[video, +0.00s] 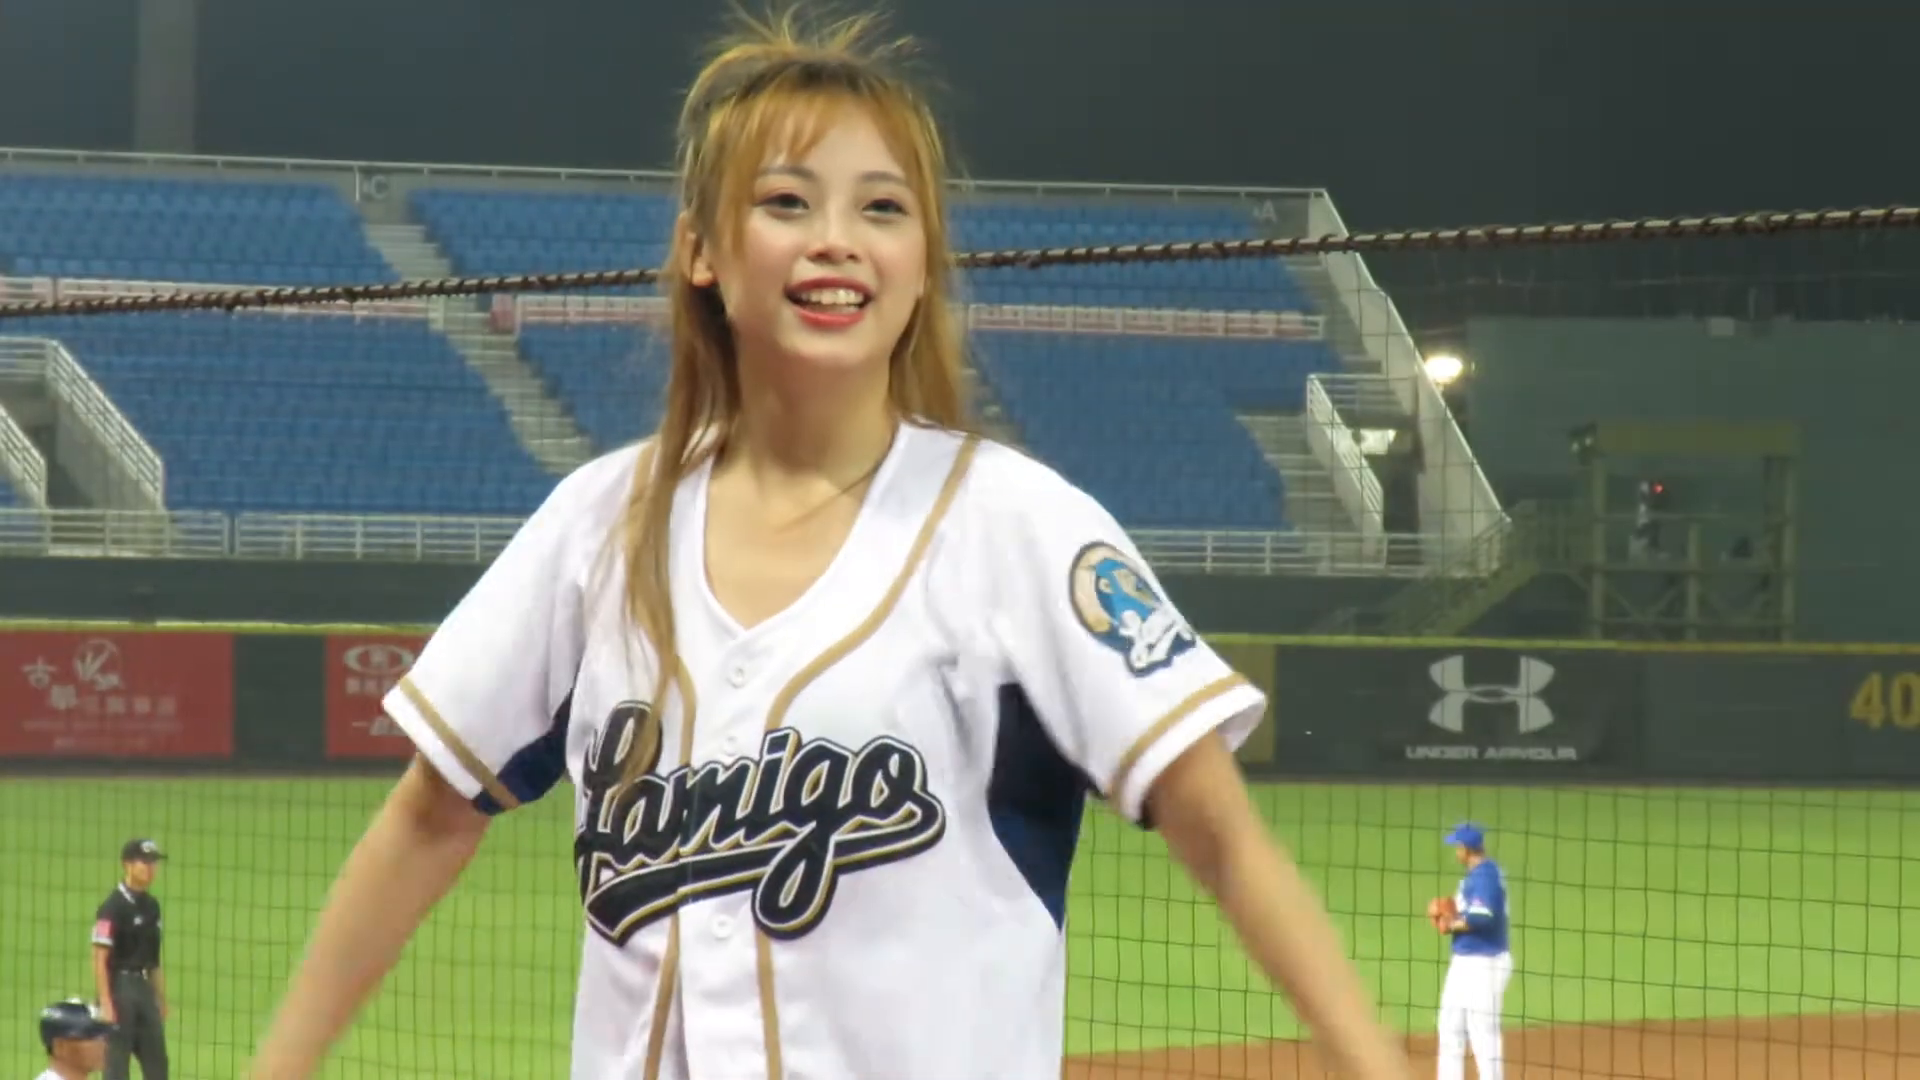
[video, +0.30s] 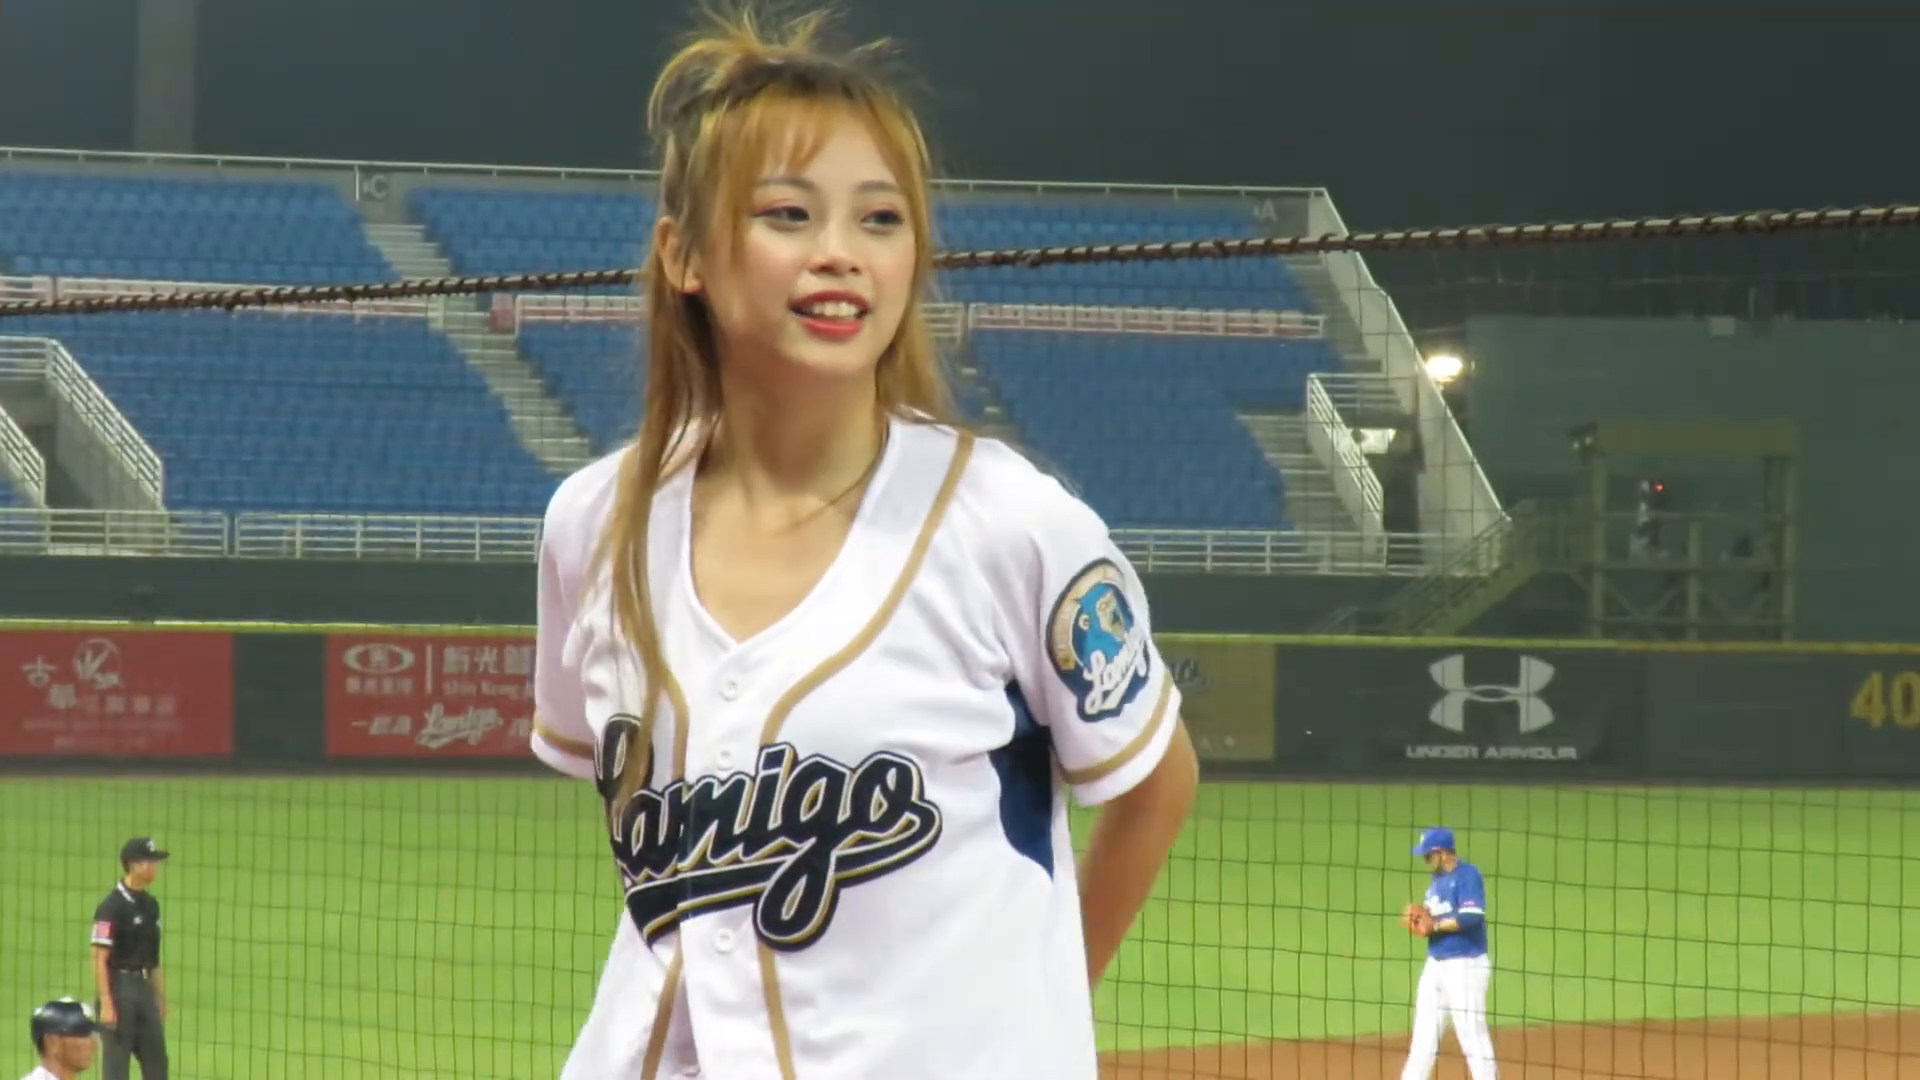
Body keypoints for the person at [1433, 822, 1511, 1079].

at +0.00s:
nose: (1456, 853)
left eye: (1458, 848)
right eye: (1456, 848)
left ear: (1469, 848)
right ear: (1472, 848)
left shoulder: (1485, 874)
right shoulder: (1471, 876)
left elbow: (1484, 916)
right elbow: (1466, 908)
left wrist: (1453, 924)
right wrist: (1447, 911)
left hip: (1487, 961)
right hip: (1464, 959)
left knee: (1483, 1029)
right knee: (1450, 1027)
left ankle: (1491, 1075)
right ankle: (1449, 1075)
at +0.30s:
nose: (1426, 861)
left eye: (1429, 855)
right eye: (1425, 856)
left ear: (1442, 852)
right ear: (1437, 853)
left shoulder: (1468, 874)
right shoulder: (1437, 880)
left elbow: (1473, 916)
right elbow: (1436, 914)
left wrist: (1434, 925)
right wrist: (1420, 919)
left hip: (1466, 964)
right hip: (1437, 964)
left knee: (1473, 1037)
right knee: (1424, 1038)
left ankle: (1486, 1075)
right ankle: (1413, 1076)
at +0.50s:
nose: (1409, 862)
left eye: (1412, 856)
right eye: (1406, 857)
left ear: (1426, 850)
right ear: (1404, 855)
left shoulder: (1450, 870)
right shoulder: (1406, 878)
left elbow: (1470, 909)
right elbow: (1398, 917)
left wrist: (1432, 931)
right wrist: (1399, 937)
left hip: (1451, 961)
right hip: (1419, 962)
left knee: (1453, 1034)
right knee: (1414, 1037)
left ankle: (1477, 1077)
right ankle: (1411, 1078)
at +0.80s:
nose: (1408, 867)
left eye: (1412, 861)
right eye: (1404, 862)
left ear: (1421, 854)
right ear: (1396, 857)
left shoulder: (1439, 871)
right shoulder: (1384, 877)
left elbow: (1458, 912)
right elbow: (1366, 914)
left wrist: (1454, 953)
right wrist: (1376, 955)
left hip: (1437, 959)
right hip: (1404, 962)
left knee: (1440, 1032)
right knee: (1406, 1033)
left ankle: (1441, 1076)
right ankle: (1407, 1076)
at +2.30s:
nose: (1436, 869)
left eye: (1439, 865)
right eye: (1433, 864)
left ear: (1442, 860)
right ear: (1419, 855)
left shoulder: (1443, 879)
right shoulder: (1394, 877)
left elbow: (1456, 916)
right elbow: (1377, 918)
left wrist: (1467, 943)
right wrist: (1410, 945)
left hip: (1441, 964)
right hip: (1405, 965)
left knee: (1454, 1036)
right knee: (1406, 1040)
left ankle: (1447, 1076)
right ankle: (1403, 1077)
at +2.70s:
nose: (1460, 863)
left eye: (1463, 858)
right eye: (1455, 857)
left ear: (1467, 856)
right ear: (1441, 852)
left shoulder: (1470, 882)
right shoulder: (1420, 877)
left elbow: (1480, 925)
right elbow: (1405, 917)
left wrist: (1469, 923)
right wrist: (1446, 923)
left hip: (1460, 967)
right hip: (1425, 966)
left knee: (1464, 1044)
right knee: (1421, 1043)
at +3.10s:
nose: (1476, 850)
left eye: (1480, 845)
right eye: (1471, 844)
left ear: (1484, 849)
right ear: (1458, 847)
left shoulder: (1489, 882)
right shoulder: (1439, 877)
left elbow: (1507, 925)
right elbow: (1420, 917)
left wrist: (1500, 912)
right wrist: (1451, 911)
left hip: (1481, 967)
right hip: (1447, 965)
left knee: (1476, 1041)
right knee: (1451, 1038)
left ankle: (1472, 1077)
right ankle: (1447, 1077)